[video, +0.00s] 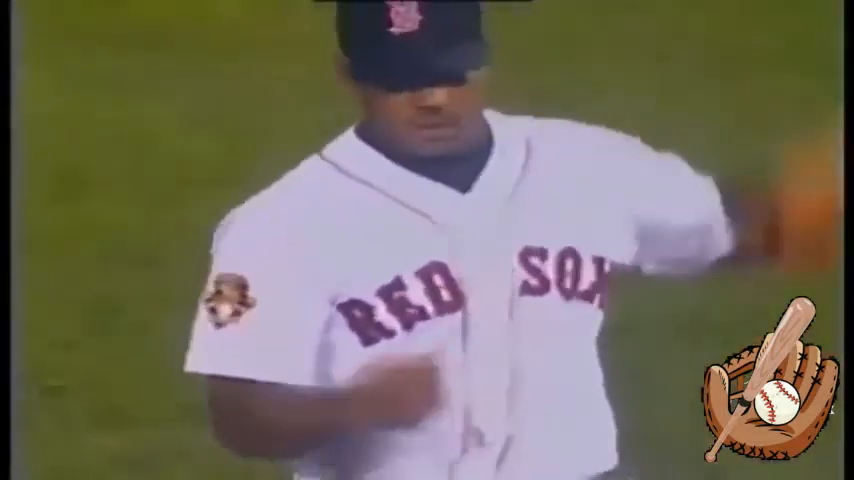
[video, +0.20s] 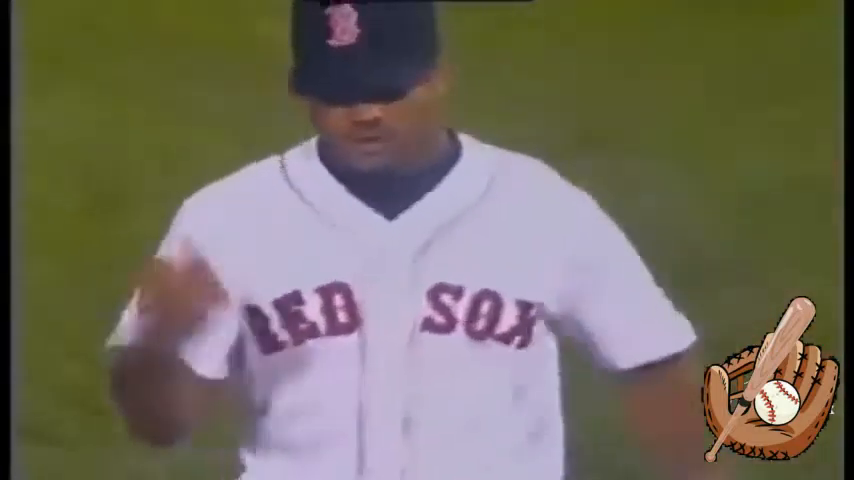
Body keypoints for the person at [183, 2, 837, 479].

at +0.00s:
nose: (432, 100)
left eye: (450, 74)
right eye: (403, 80)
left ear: (479, 59)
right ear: (354, 77)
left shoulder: (586, 168)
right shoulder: (277, 228)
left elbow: (731, 222)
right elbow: (241, 418)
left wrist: (802, 212)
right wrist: (356, 405)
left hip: (575, 468)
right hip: (396, 473)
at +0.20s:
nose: (365, 116)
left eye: (388, 90)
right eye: (336, 94)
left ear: (440, 77)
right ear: (303, 89)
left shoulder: (548, 211)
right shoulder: (223, 220)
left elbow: (664, 376)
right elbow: (157, 428)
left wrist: (692, 468)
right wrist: (159, 338)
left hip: (495, 469)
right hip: (296, 470)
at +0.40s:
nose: (310, 129)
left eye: (335, 105)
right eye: (288, 107)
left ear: (398, 88)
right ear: (261, 100)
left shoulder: (510, 227)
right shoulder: (198, 220)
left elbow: (570, 417)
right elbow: (162, 375)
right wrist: (117, 392)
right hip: (244, 474)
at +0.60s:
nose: (263, 120)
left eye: (291, 95)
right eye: (246, 95)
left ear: (368, 81)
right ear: (228, 85)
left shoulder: (495, 216)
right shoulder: (196, 207)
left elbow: (552, 406)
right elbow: (181, 371)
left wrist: (427, 476)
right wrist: (156, 473)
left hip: (407, 468)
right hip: (243, 471)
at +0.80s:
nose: (254, 173)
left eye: (267, 152)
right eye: (240, 155)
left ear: (333, 115)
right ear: (222, 127)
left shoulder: (507, 211)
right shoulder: (214, 199)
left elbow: (592, 402)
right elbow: (216, 372)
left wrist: (516, 472)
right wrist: (163, 469)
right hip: (274, 465)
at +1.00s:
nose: (270, 226)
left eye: (284, 203)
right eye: (252, 209)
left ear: (353, 150)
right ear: (229, 172)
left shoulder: (522, 228)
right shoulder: (237, 215)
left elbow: (643, 404)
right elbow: (229, 361)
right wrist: (142, 467)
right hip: (305, 465)